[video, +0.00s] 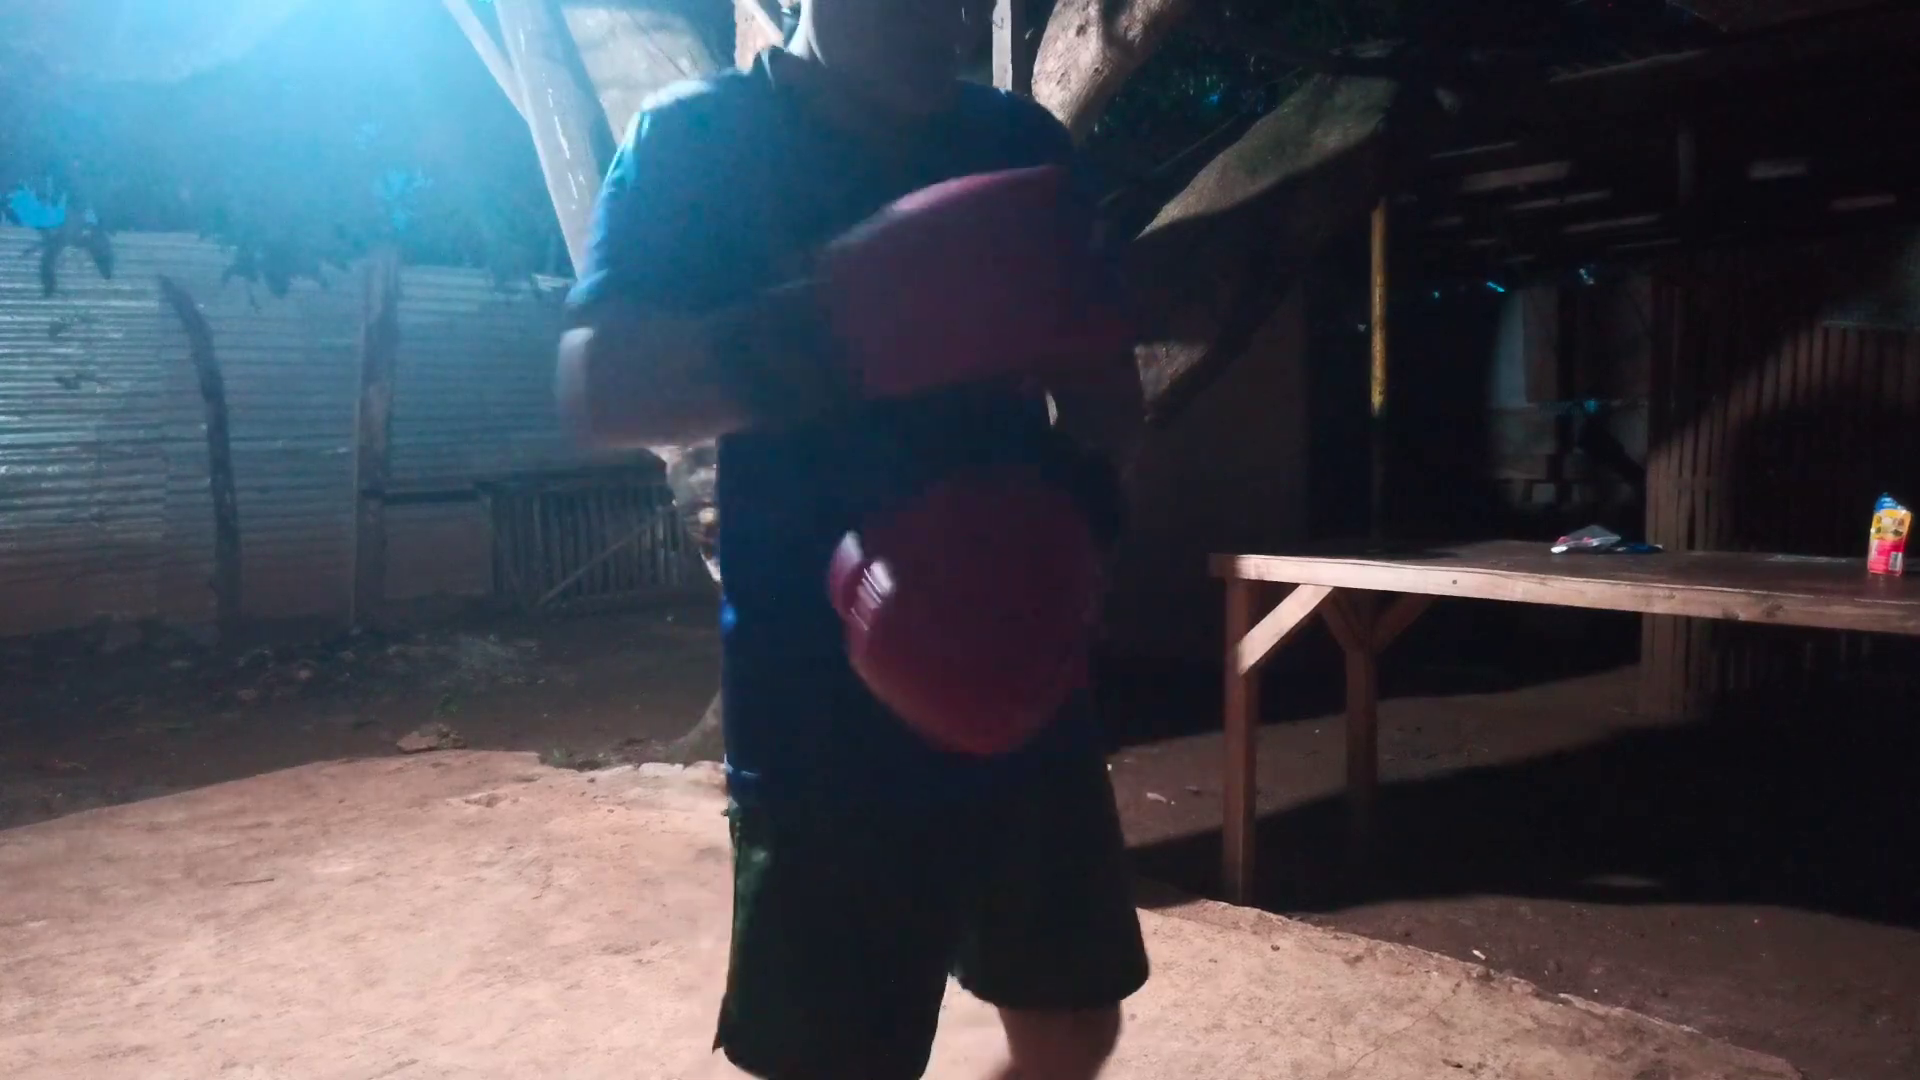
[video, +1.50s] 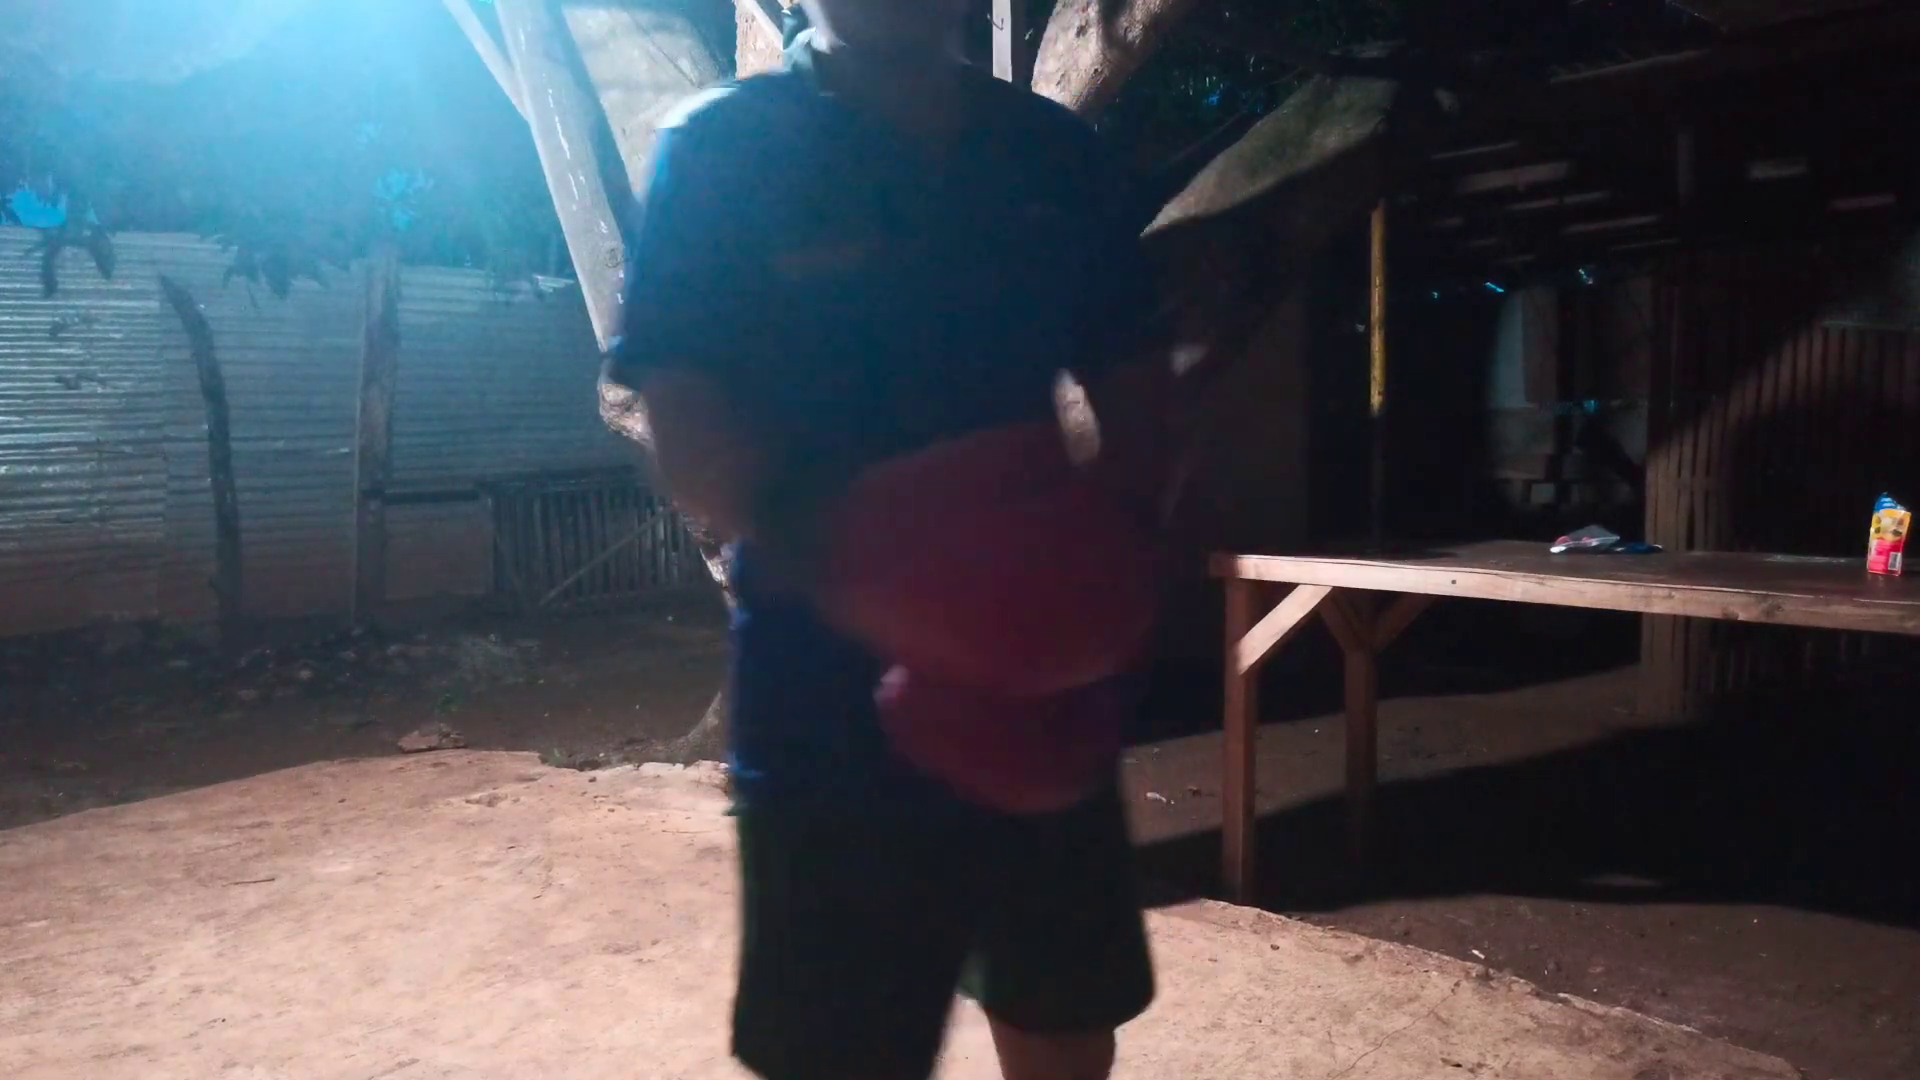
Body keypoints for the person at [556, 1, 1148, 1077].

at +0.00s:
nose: (951, 12)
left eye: (966, 3)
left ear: (979, 6)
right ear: (815, 2)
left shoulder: (1018, 141)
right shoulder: (702, 135)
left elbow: (1106, 394)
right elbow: (599, 390)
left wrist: (1057, 533)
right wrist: (849, 317)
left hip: (1025, 678)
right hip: (817, 702)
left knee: (1070, 1030)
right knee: (831, 1056)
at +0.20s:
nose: (959, 18)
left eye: (979, 4)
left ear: (997, 7)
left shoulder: (1042, 130)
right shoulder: (721, 107)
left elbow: (1124, 356)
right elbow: (738, 341)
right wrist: (1011, 330)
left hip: (1039, 681)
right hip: (830, 694)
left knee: (1059, 1033)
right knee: (830, 1057)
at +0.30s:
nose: (977, 9)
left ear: (1027, 7)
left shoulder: (1071, 141)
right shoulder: (748, 105)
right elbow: (778, 328)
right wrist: (1057, 333)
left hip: (1058, 688)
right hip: (853, 690)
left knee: (1074, 1026)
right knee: (849, 1054)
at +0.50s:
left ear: (1054, 3)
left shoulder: (1128, 148)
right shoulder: (816, 106)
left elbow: (1209, 383)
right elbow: (865, 315)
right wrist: (1108, 400)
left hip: (1094, 660)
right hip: (892, 659)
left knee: (1079, 979)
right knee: (905, 1032)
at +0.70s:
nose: (1017, 4)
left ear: (1085, 7)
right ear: (926, 4)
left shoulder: (1160, 163)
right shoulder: (857, 143)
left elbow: (1217, 413)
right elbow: (788, 389)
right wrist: (1018, 426)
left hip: (1122, 652)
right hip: (926, 655)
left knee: (1089, 1005)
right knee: (941, 1036)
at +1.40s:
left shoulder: (1093, 151)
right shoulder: (761, 142)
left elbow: (1156, 407)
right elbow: (709, 423)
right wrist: (930, 484)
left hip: (1073, 688)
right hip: (859, 693)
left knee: (1066, 1041)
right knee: (887, 1056)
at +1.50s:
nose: (907, 2)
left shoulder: (1056, 148)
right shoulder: (728, 144)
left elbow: (1141, 401)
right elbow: (689, 441)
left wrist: (1087, 572)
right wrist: (905, 586)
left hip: (1040, 681)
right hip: (828, 693)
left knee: (1067, 1034)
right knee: (837, 1053)